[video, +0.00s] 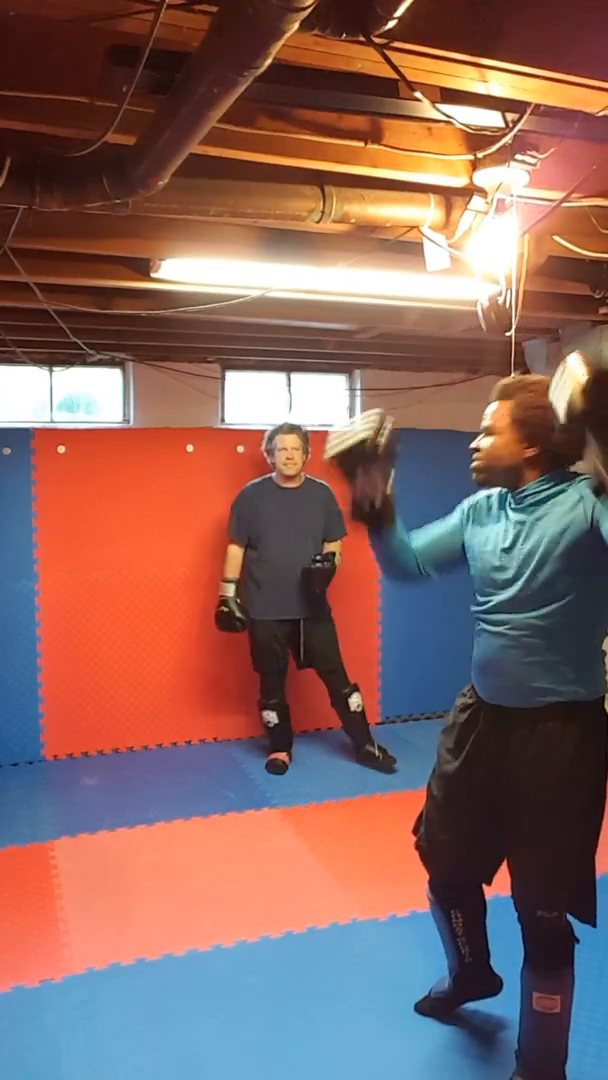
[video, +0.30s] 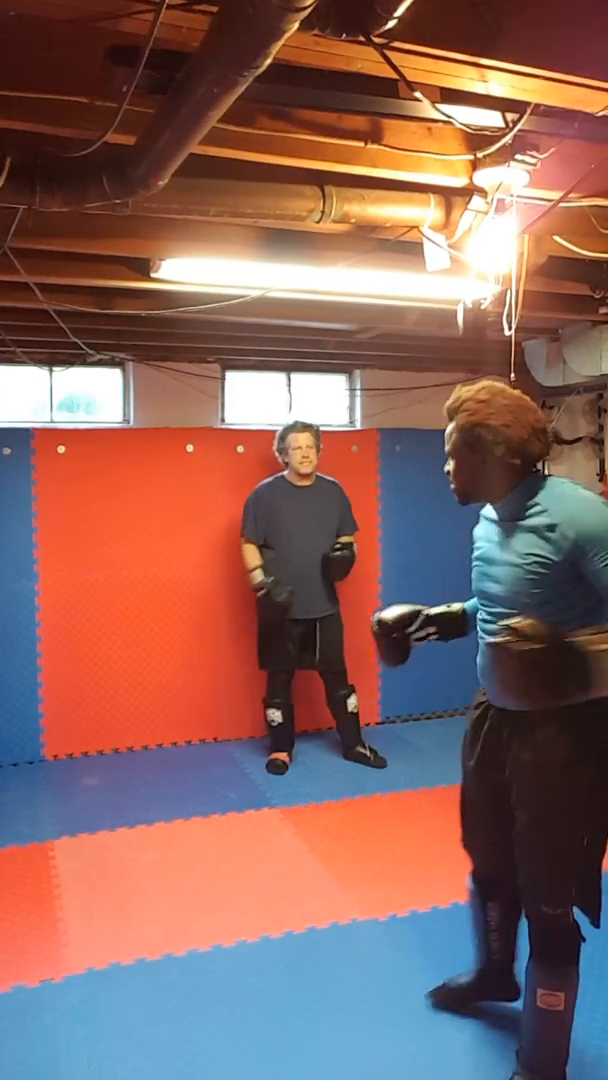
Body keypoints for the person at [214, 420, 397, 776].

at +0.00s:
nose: (289, 456)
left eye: (295, 450)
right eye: (282, 450)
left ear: (306, 454)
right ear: (269, 455)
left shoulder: (321, 494)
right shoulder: (250, 496)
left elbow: (334, 539)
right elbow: (236, 546)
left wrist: (326, 567)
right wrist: (228, 593)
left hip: (311, 604)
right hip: (264, 606)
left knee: (336, 674)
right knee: (271, 682)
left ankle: (364, 743)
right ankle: (280, 749)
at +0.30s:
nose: (305, 455)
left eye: (310, 448)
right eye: (297, 449)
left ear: (319, 452)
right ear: (283, 455)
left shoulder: (333, 492)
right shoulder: (264, 496)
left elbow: (347, 534)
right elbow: (250, 543)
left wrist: (345, 556)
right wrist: (263, 585)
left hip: (324, 604)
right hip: (281, 606)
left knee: (337, 675)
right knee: (280, 677)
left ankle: (353, 743)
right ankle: (281, 748)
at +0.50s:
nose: (318, 455)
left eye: (323, 449)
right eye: (310, 450)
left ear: (330, 451)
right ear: (296, 455)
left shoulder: (345, 489)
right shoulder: (277, 495)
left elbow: (360, 532)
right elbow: (265, 544)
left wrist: (357, 551)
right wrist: (307, 558)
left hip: (340, 605)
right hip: (294, 607)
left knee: (349, 676)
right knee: (287, 679)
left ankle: (355, 744)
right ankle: (282, 748)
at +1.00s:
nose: (357, 457)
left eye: (361, 450)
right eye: (349, 451)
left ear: (367, 452)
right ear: (332, 455)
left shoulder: (381, 490)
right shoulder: (315, 493)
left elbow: (398, 536)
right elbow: (301, 547)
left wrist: (390, 541)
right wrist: (346, 537)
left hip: (375, 603)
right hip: (333, 604)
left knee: (366, 674)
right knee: (329, 672)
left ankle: (358, 744)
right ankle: (295, 747)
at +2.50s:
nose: (359, 462)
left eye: (362, 454)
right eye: (350, 456)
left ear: (368, 453)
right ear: (331, 458)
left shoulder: (374, 489)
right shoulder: (316, 494)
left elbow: (387, 543)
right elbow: (296, 552)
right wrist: (340, 546)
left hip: (373, 619)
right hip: (333, 621)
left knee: (368, 698)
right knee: (336, 697)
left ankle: (367, 771)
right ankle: (334, 771)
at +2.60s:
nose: (358, 461)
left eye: (360, 453)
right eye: (349, 455)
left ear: (368, 451)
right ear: (330, 460)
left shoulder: (375, 489)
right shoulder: (316, 495)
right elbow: (297, 554)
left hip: (374, 622)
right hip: (331, 623)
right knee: (336, 702)